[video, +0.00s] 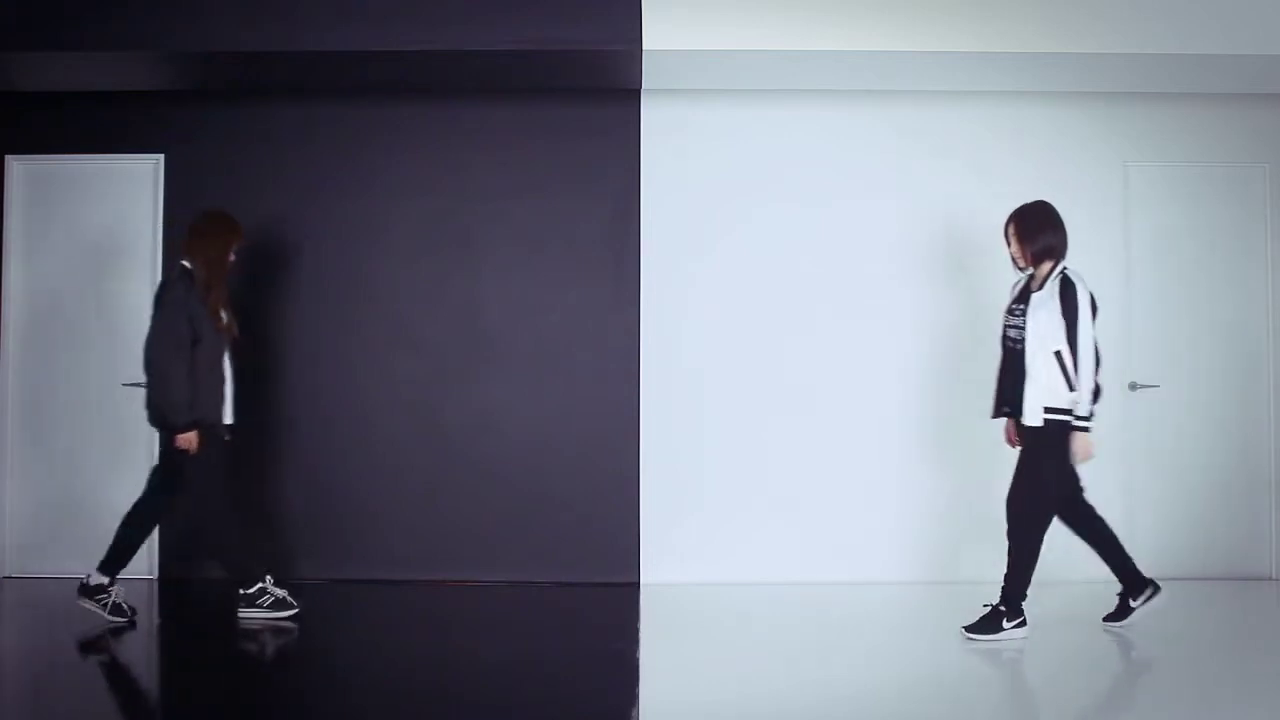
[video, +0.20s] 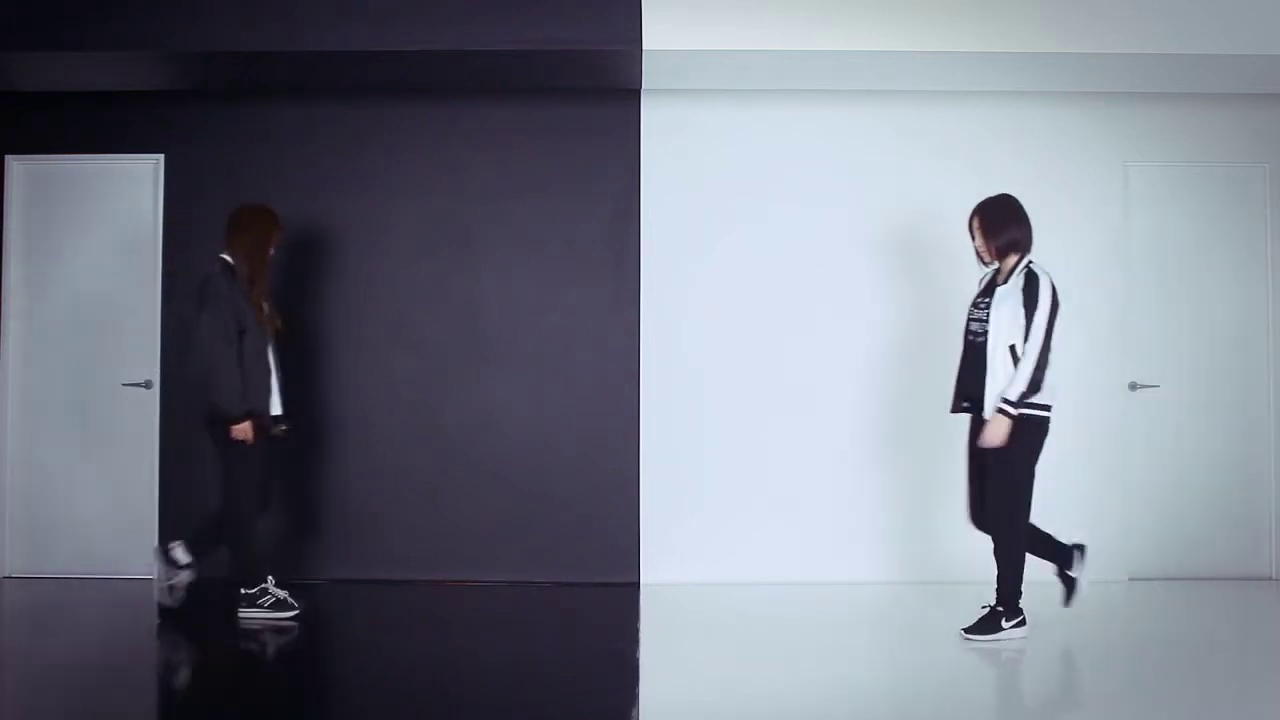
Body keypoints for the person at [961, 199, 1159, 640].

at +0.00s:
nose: (1011, 249)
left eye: (1017, 240)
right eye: (1009, 241)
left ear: (1040, 239)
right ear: (1018, 244)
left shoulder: (1070, 288)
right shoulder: (1023, 288)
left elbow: (1086, 356)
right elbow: (1015, 355)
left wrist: (1081, 424)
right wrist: (1010, 412)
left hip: (1056, 421)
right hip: (1031, 420)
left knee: (1024, 510)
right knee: (1070, 507)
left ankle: (1011, 608)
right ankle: (1136, 583)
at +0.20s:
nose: (976, 243)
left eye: (981, 235)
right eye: (974, 235)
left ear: (1004, 232)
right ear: (993, 234)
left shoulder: (1036, 283)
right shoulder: (992, 282)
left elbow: (1033, 357)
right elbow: (987, 348)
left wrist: (1005, 413)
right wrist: (975, 403)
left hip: (1020, 415)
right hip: (986, 412)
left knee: (1006, 514)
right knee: (984, 513)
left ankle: (1008, 609)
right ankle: (1065, 556)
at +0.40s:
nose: (944, 240)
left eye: (948, 230)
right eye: (942, 232)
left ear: (971, 227)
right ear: (960, 232)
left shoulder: (1004, 272)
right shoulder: (964, 279)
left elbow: (1000, 347)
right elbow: (958, 348)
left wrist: (955, 393)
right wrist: (943, 397)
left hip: (994, 411)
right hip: (958, 409)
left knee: (990, 511)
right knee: (918, 491)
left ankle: (1007, 607)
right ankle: (984, 541)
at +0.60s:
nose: (913, 238)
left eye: (918, 228)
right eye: (911, 229)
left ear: (940, 225)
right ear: (933, 229)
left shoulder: (972, 269)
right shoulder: (936, 278)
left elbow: (975, 347)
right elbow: (935, 347)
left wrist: (935, 395)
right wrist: (918, 399)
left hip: (967, 413)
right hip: (928, 413)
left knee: (975, 508)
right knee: (893, 500)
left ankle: (1004, 602)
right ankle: (891, 601)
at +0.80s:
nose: (878, 245)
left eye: (883, 236)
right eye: (877, 237)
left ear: (906, 235)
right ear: (900, 239)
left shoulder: (935, 283)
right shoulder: (900, 289)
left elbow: (939, 357)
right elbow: (898, 361)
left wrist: (929, 428)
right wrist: (882, 422)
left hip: (925, 430)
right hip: (889, 430)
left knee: (955, 521)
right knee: (872, 526)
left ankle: (999, 600)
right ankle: (843, 618)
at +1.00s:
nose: (835, 233)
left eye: (839, 224)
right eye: (835, 225)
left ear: (861, 225)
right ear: (863, 225)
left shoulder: (891, 274)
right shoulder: (852, 282)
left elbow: (910, 346)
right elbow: (847, 352)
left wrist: (907, 414)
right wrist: (828, 411)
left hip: (877, 421)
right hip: (839, 421)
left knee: (896, 513)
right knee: (838, 518)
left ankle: (964, 585)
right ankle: (837, 619)